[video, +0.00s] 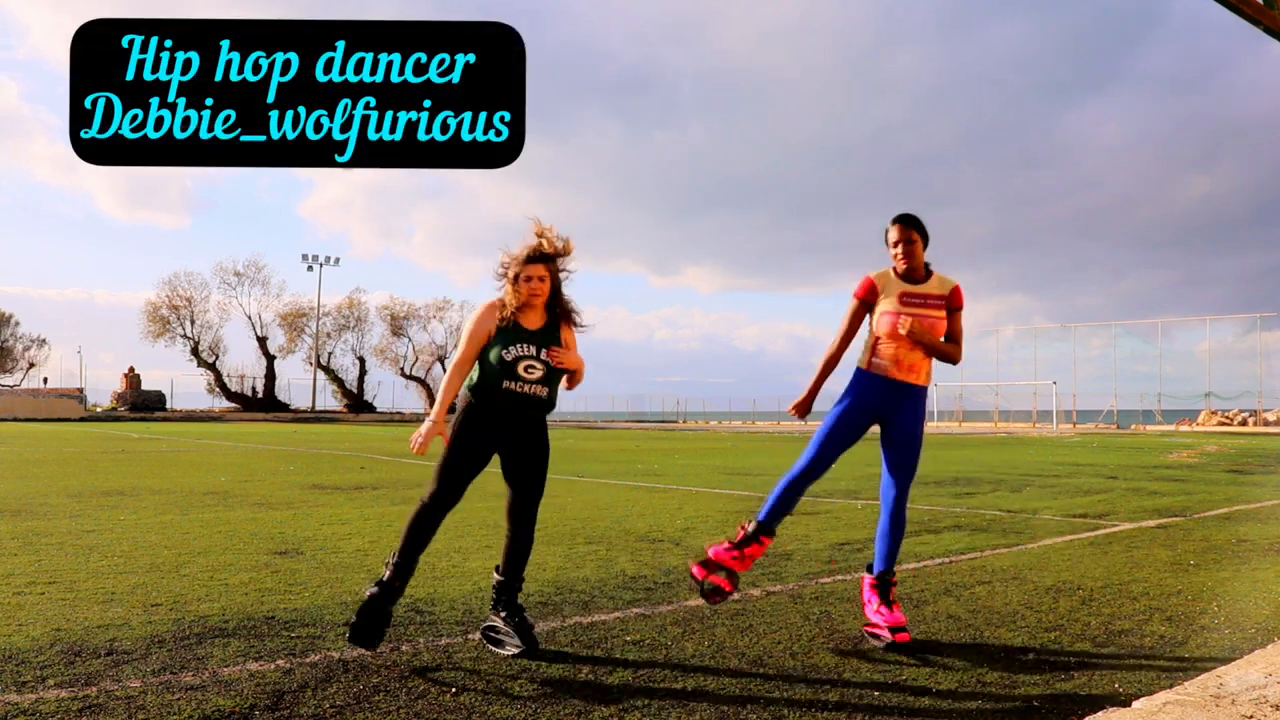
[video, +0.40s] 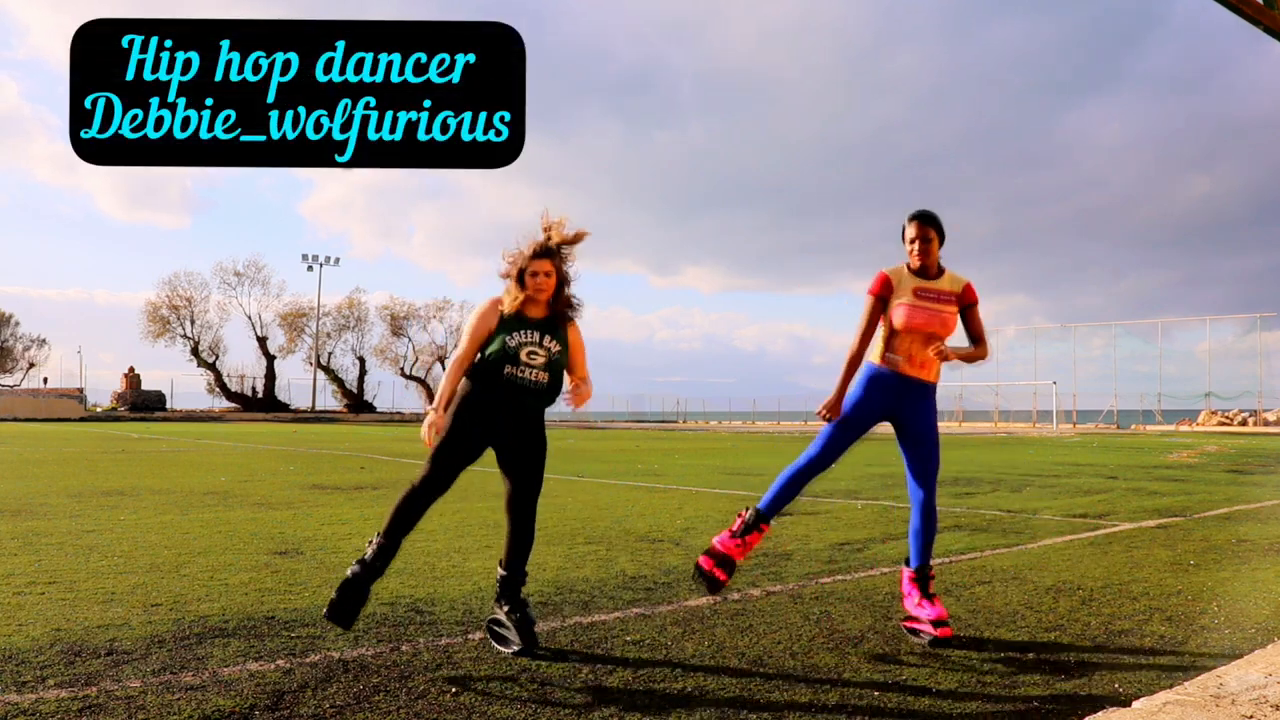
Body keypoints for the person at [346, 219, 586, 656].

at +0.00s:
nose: (532, 286)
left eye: (540, 279)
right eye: (524, 278)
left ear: (552, 284)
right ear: (513, 282)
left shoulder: (562, 325)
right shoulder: (493, 314)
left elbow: (573, 381)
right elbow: (460, 365)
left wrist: (576, 366)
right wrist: (436, 416)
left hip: (529, 428)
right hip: (482, 420)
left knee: (524, 516)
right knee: (440, 499)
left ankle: (507, 604)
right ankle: (386, 591)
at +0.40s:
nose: (539, 281)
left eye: (546, 275)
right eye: (533, 274)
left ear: (558, 281)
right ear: (521, 278)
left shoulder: (567, 330)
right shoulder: (494, 313)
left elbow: (581, 379)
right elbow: (460, 360)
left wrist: (581, 390)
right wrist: (438, 408)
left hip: (525, 425)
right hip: (475, 414)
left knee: (523, 509)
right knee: (427, 487)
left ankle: (509, 600)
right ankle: (368, 569)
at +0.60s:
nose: (519, 271)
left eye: (527, 265)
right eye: (512, 265)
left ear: (539, 269)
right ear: (502, 267)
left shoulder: (553, 309)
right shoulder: (484, 298)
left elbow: (563, 366)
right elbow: (453, 347)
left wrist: (564, 416)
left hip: (523, 415)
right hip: (473, 409)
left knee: (521, 503)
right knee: (449, 492)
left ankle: (514, 596)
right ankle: (426, 583)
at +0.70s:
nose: (507, 260)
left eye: (515, 253)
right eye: (499, 253)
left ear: (527, 256)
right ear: (487, 255)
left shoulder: (542, 293)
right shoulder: (470, 286)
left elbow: (560, 348)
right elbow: (437, 333)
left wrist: (569, 400)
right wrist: (472, 324)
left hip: (522, 399)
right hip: (472, 398)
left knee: (526, 490)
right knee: (463, 487)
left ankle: (525, 583)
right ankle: (452, 582)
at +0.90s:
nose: (488, 278)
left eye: (495, 271)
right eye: (481, 271)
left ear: (504, 275)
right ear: (467, 276)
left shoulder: (519, 316)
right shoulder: (444, 315)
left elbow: (553, 363)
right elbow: (409, 367)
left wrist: (586, 406)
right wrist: (428, 338)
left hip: (517, 420)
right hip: (467, 425)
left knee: (558, 502)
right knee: (473, 514)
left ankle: (585, 582)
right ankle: (476, 609)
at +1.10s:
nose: (478, 268)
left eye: (484, 261)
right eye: (469, 260)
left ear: (493, 262)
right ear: (453, 262)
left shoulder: (510, 298)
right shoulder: (436, 305)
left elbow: (540, 342)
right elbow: (410, 354)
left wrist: (562, 384)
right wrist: (427, 342)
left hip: (521, 402)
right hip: (472, 411)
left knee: (568, 477)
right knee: (479, 501)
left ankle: (602, 558)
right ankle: (477, 597)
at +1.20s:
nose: (478, 259)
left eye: (485, 252)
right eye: (470, 252)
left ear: (495, 254)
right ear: (454, 257)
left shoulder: (514, 288)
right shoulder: (438, 299)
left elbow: (545, 329)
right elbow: (411, 353)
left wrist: (572, 368)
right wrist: (426, 334)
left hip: (524, 388)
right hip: (476, 398)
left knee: (564, 470)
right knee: (483, 492)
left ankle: (599, 551)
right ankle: (487, 585)